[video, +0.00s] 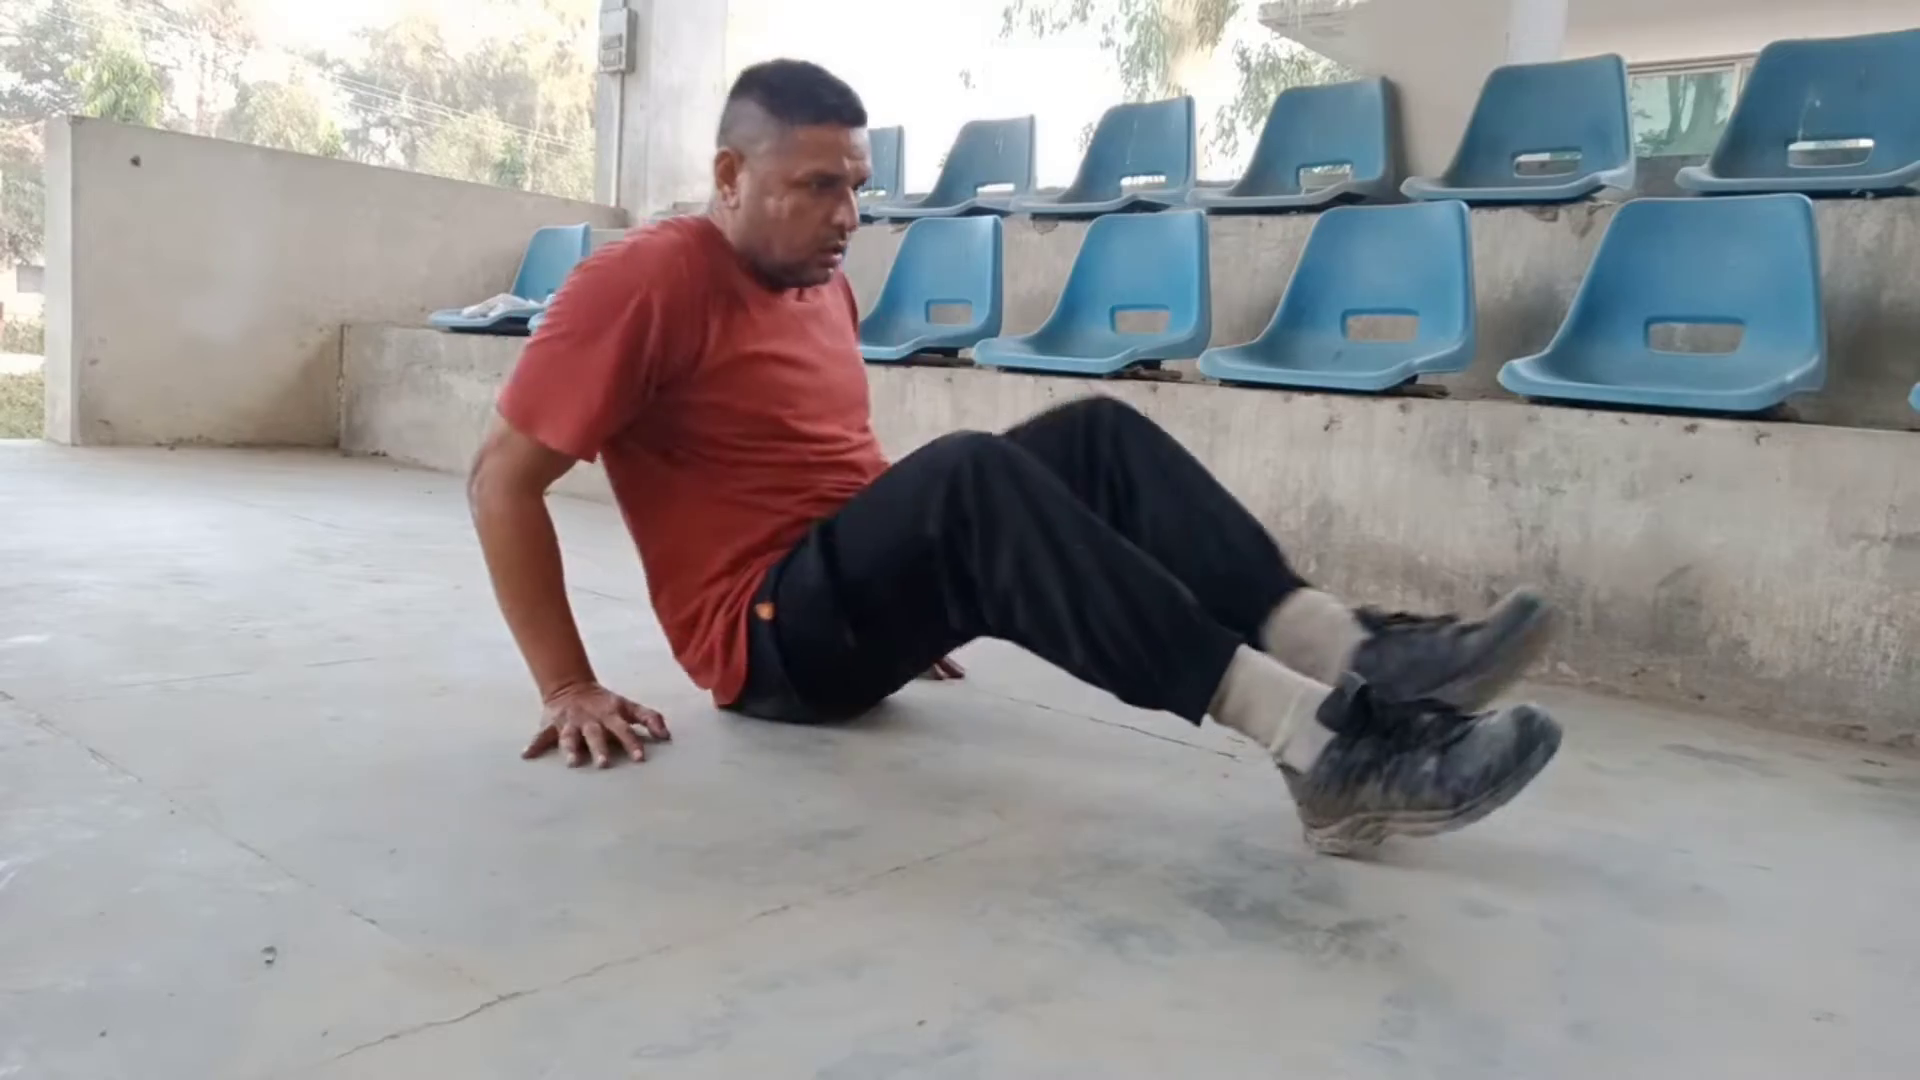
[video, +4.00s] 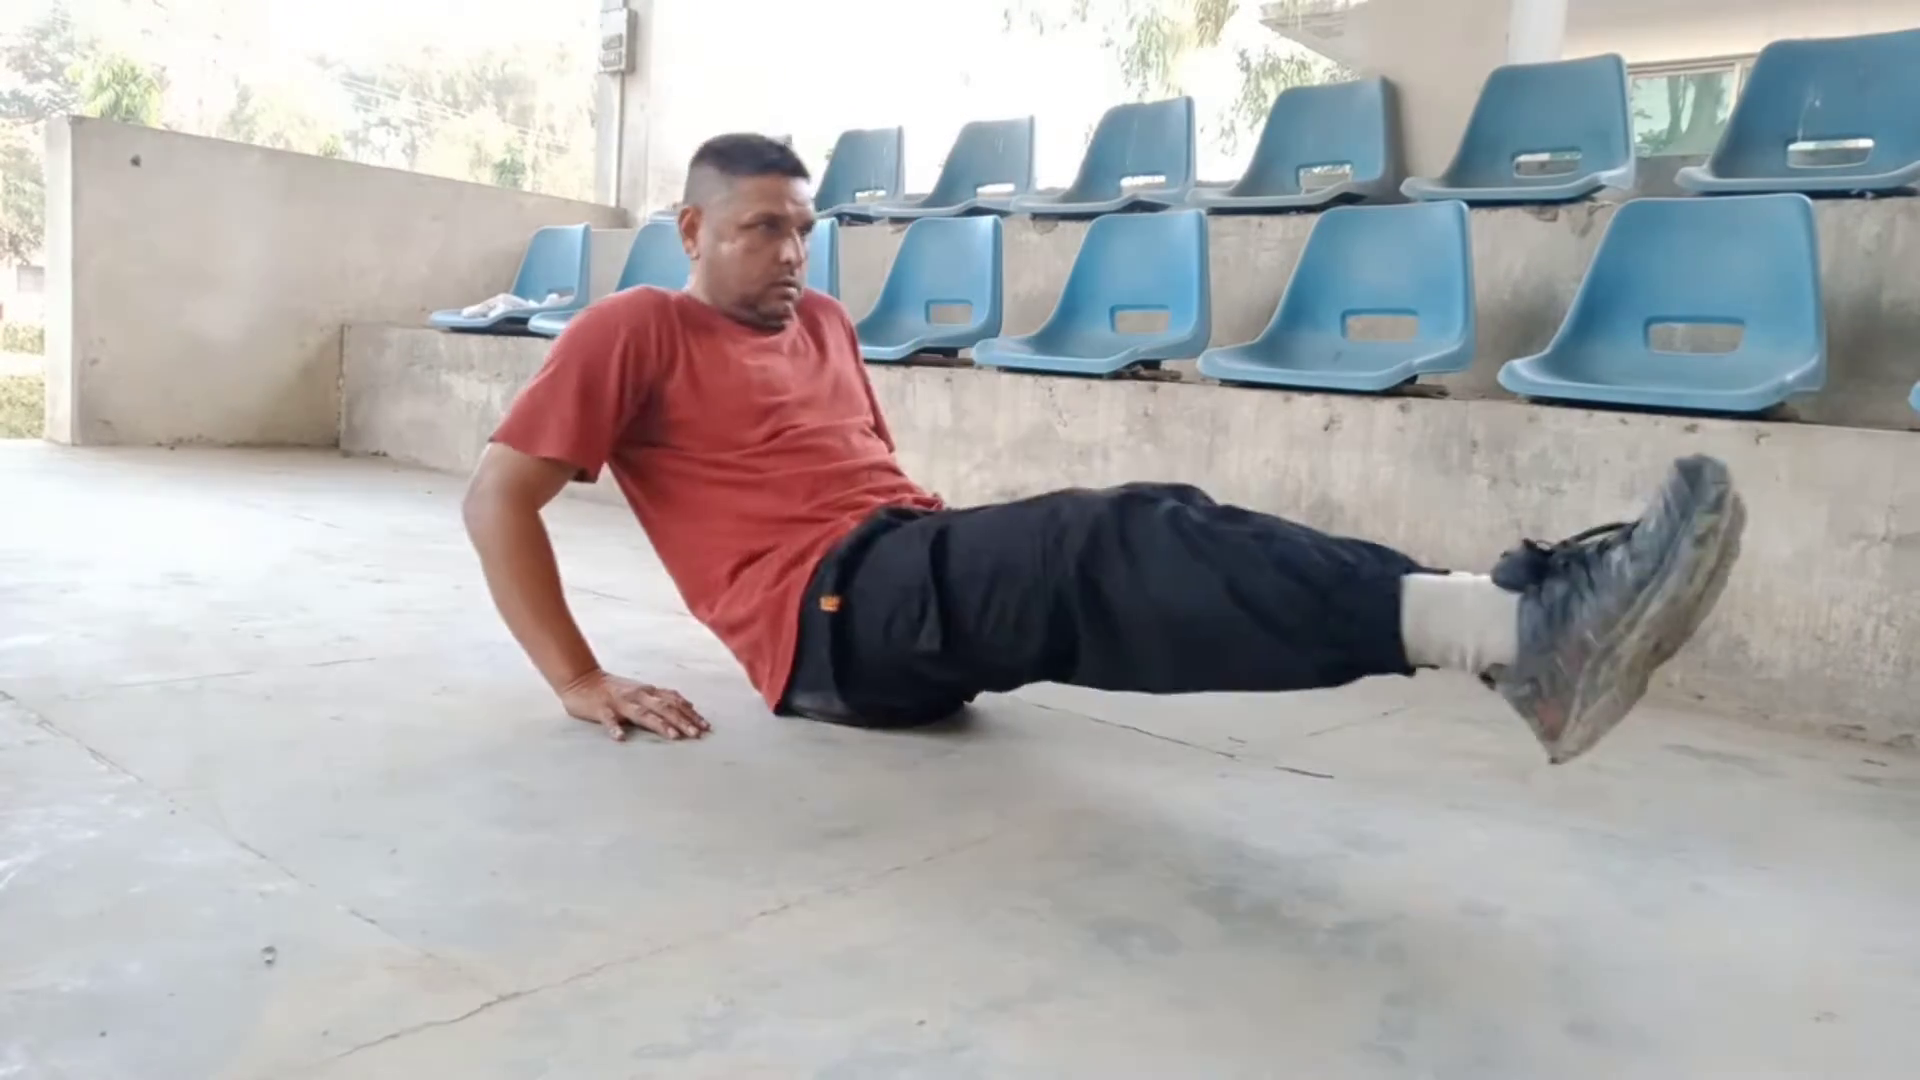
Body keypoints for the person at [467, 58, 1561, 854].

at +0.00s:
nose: (840, 214)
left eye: (851, 187)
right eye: (813, 188)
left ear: (846, 180)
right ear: (728, 178)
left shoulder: (821, 284)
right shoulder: (639, 282)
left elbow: (809, 460)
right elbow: (502, 483)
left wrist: (895, 618)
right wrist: (565, 686)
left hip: (859, 586)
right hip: (763, 632)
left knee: (1097, 432)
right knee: (970, 479)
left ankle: (1357, 661)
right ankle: (1319, 753)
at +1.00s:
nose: (961, 235)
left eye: (978, 211)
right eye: (940, 205)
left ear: (985, 202)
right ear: (867, 183)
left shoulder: (962, 287)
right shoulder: (769, 275)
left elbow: (965, 455)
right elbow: (650, 462)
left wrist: (995, 601)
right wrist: (660, 677)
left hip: (948, 617)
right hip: (844, 627)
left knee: (1179, 454)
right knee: (1068, 451)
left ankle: (1434, 711)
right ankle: (1371, 759)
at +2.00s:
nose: (953, 218)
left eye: (966, 194)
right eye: (932, 190)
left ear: (966, 194)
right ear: (852, 179)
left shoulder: (944, 298)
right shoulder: (759, 278)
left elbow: (924, 470)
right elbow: (655, 479)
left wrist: (917, 636)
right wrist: (709, 680)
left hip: (930, 610)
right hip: (836, 624)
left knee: (1177, 457)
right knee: (1084, 462)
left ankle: (1443, 716)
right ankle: (1397, 746)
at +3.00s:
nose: (899, 231)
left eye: (917, 208)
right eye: (875, 204)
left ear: (924, 204)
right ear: (805, 189)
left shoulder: (911, 301)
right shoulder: (719, 300)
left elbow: (899, 460)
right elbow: (568, 468)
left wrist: (944, 618)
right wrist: (584, 679)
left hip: (931, 586)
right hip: (836, 609)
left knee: (1178, 453)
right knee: (1103, 469)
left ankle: (1433, 733)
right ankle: (1409, 740)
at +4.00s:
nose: (789, 251)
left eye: (801, 227)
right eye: (760, 228)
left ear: (812, 231)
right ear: (689, 233)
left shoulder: (815, 316)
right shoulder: (633, 329)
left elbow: (848, 462)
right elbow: (495, 498)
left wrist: (911, 545)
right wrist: (576, 681)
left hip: (917, 563)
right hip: (832, 610)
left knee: (1170, 524)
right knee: (1124, 538)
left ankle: (1541, 609)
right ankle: (1515, 644)